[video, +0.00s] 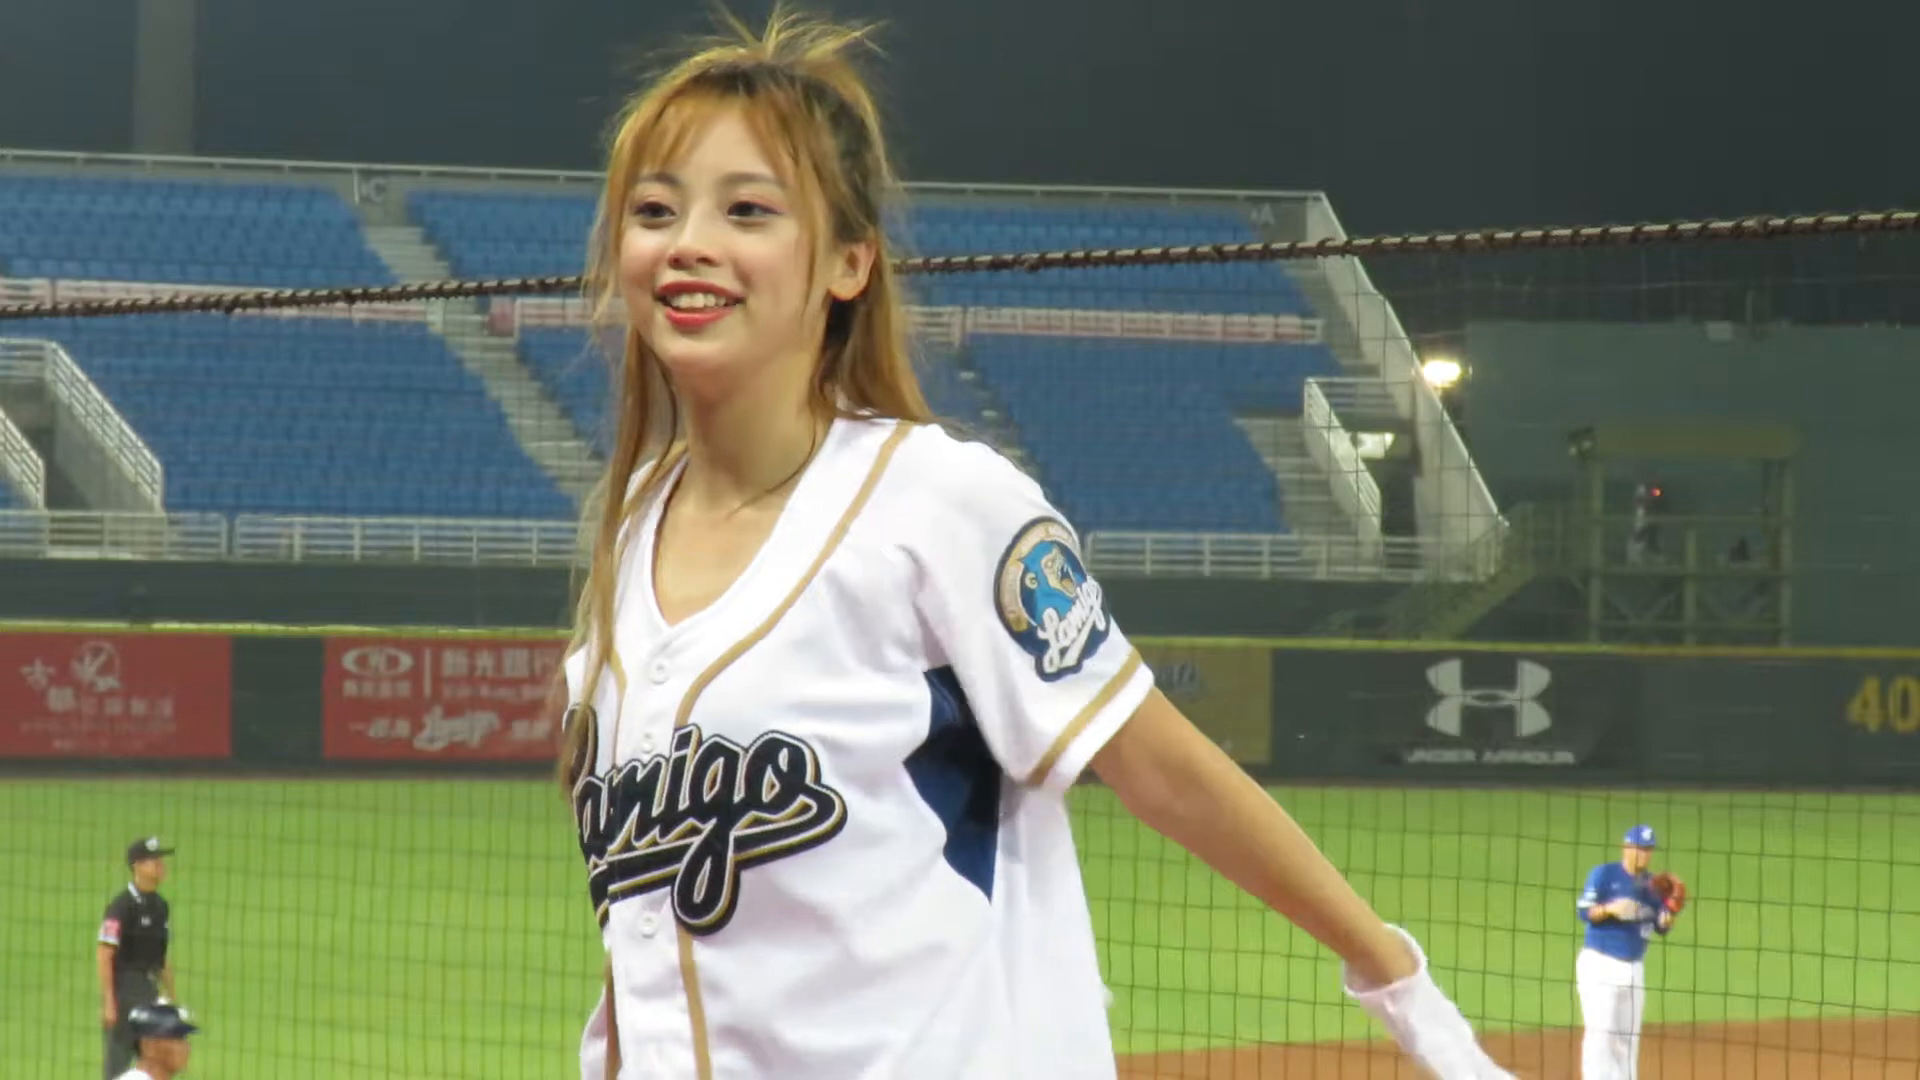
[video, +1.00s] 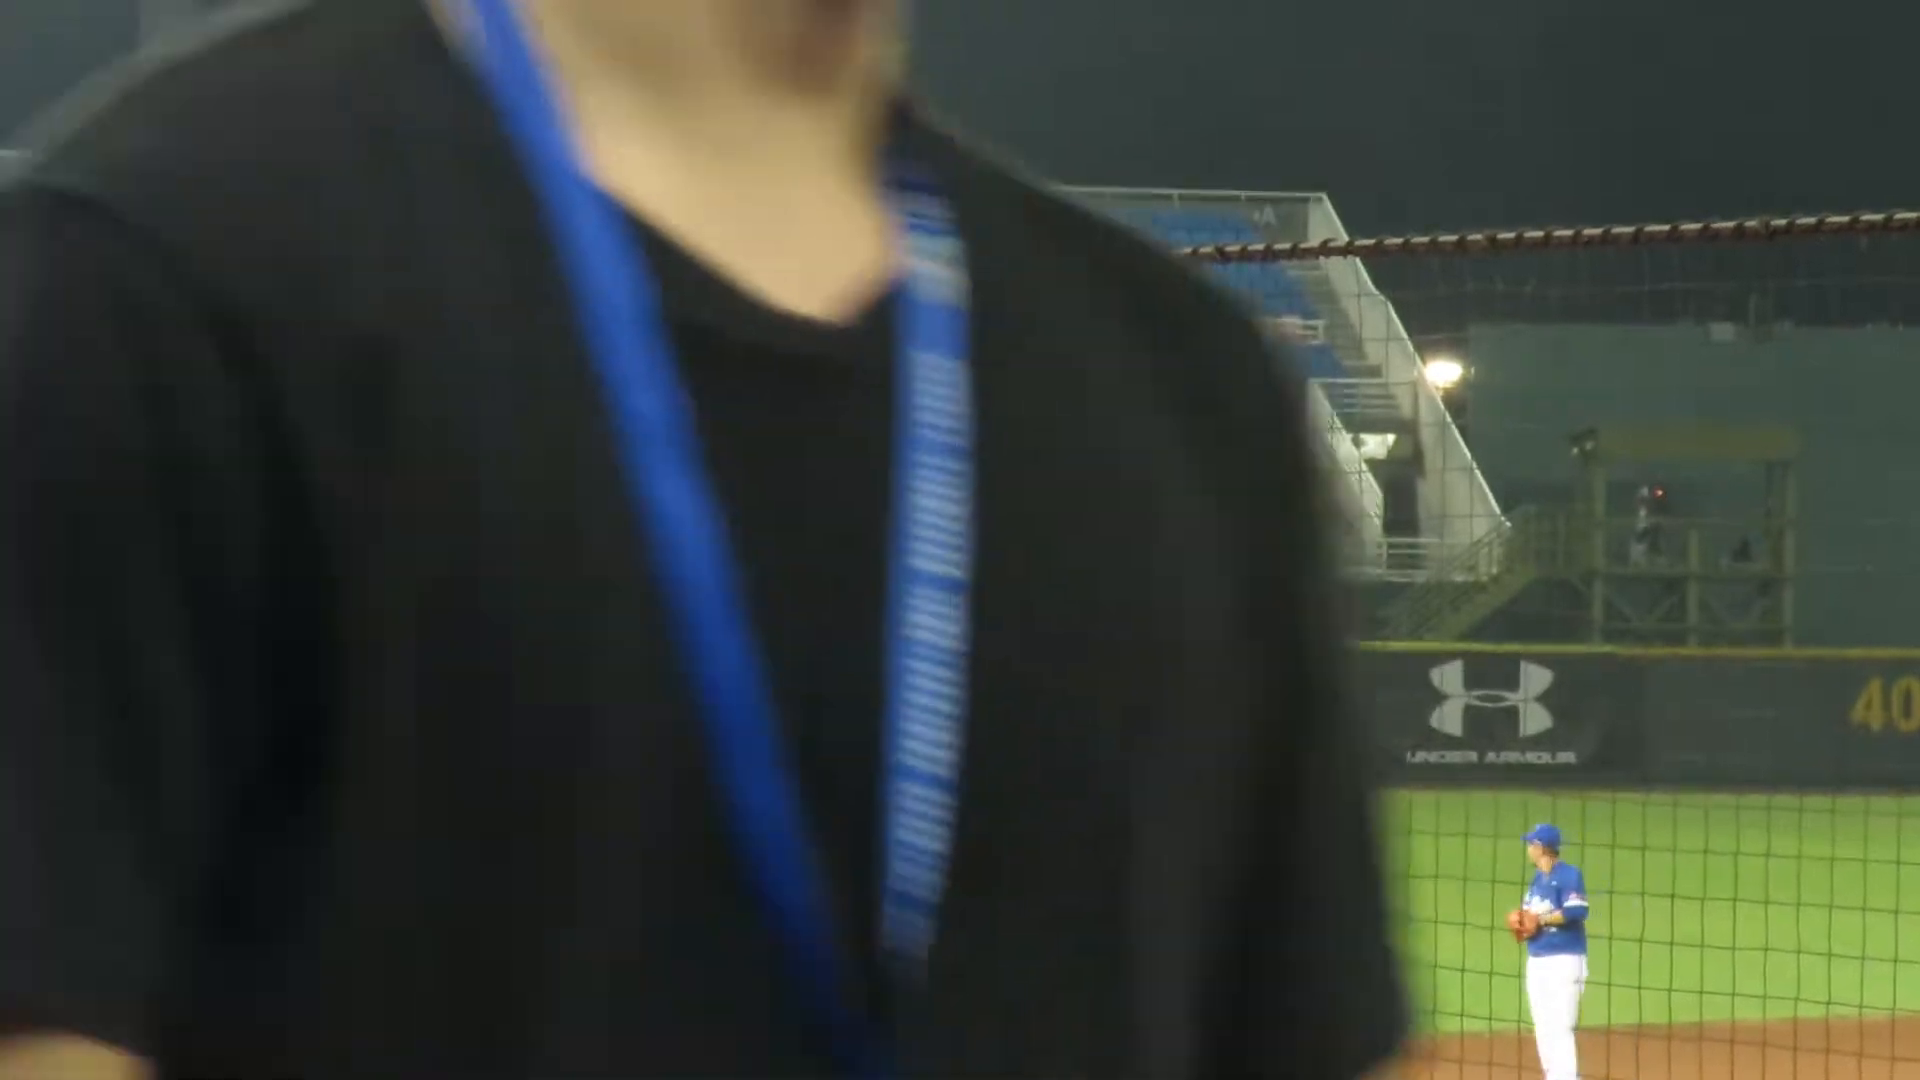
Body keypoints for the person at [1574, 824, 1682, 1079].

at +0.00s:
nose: (1643, 855)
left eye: (1648, 849)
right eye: (1639, 848)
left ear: (1652, 851)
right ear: (1627, 847)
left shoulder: (1653, 884)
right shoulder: (1604, 874)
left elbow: (1661, 927)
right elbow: (1585, 913)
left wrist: (1673, 905)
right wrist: (1611, 909)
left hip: (1632, 966)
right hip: (1599, 963)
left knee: (1629, 1034)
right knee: (1600, 1032)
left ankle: (1625, 1076)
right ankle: (1598, 1076)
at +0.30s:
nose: (1612, 857)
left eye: (1616, 852)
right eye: (1607, 852)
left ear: (1624, 853)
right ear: (1599, 852)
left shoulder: (1635, 882)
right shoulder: (1584, 879)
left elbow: (1652, 925)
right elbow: (1568, 920)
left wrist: (1636, 905)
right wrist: (1584, 908)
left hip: (1622, 968)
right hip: (1585, 966)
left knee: (1622, 1039)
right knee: (1574, 1035)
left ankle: (1623, 1078)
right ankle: (1565, 1077)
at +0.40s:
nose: (1596, 859)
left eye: (1600, 854)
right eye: (1591, 854)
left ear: (1610, 855)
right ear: (1585, 855)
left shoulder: (1627, 885)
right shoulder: (1571, 883)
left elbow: (1642, 924)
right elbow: (1557, 921)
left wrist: (1613, 915)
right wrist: (1579, 911)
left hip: (1614, 969)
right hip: (1578, 968)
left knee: (1619, 1037)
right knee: (1571, 1036)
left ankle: (1622, 1077)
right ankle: (1564, 1077)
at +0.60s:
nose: (1559, 855)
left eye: (1565, 850)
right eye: (1558, 850)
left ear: (1580, 852)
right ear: (1558, 852)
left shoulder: (1603, 880)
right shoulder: (1552, 881)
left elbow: (1621, 920)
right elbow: (1532, 917)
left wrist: (1582, 918)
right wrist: (1550, 918)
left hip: (1595, 967)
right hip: (1560, 967)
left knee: (1609, 1035)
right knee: (1560, 1035)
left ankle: (1621, 1077)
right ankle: (1558, 1078)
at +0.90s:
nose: (1534, 850)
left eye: (1537, 846)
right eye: (1535, 845)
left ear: (1548, 849)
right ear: (1546, 848)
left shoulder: (1575, 875)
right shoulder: (1539, 880)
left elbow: (1589, 912)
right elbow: (1530, 912)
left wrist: (1547, 920)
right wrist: (1525, 921)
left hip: (1572, 963)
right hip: (1543, 962)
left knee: (1572, 1030)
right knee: (1548, 1028)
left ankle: (1588, 1076)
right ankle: (1556, 1074)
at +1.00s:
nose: (1528, 850)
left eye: (1532, 845)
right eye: (1529, 845)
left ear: (1543, 848)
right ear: (1540, 847)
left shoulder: (1569, 874)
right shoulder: (1537, 878)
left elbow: (1578, 911)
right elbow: (1531, 911)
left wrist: (1540, 919)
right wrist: (1522, 921)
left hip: (1564, 961)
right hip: (1538, 960)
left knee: (1559, 1027)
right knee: (1543, 1027)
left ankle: (1565, 1075)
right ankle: (1551, 1073)